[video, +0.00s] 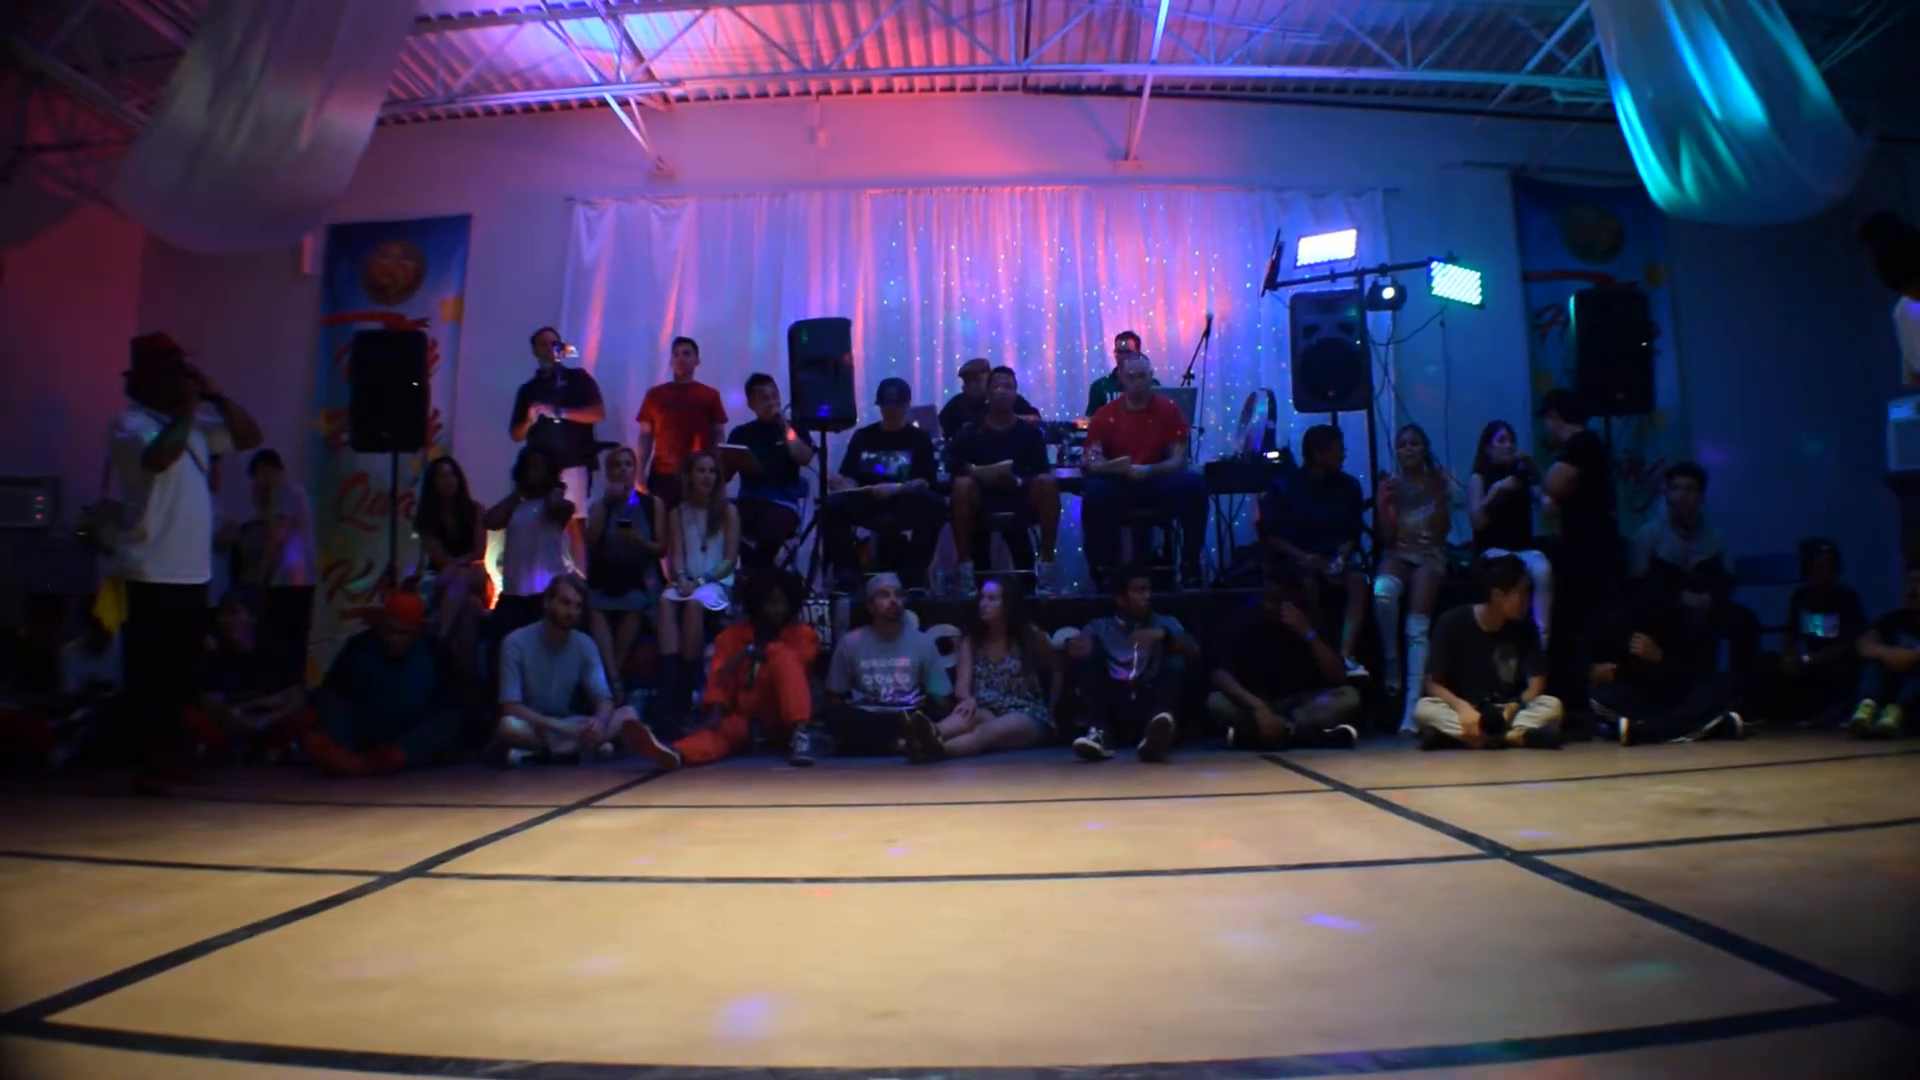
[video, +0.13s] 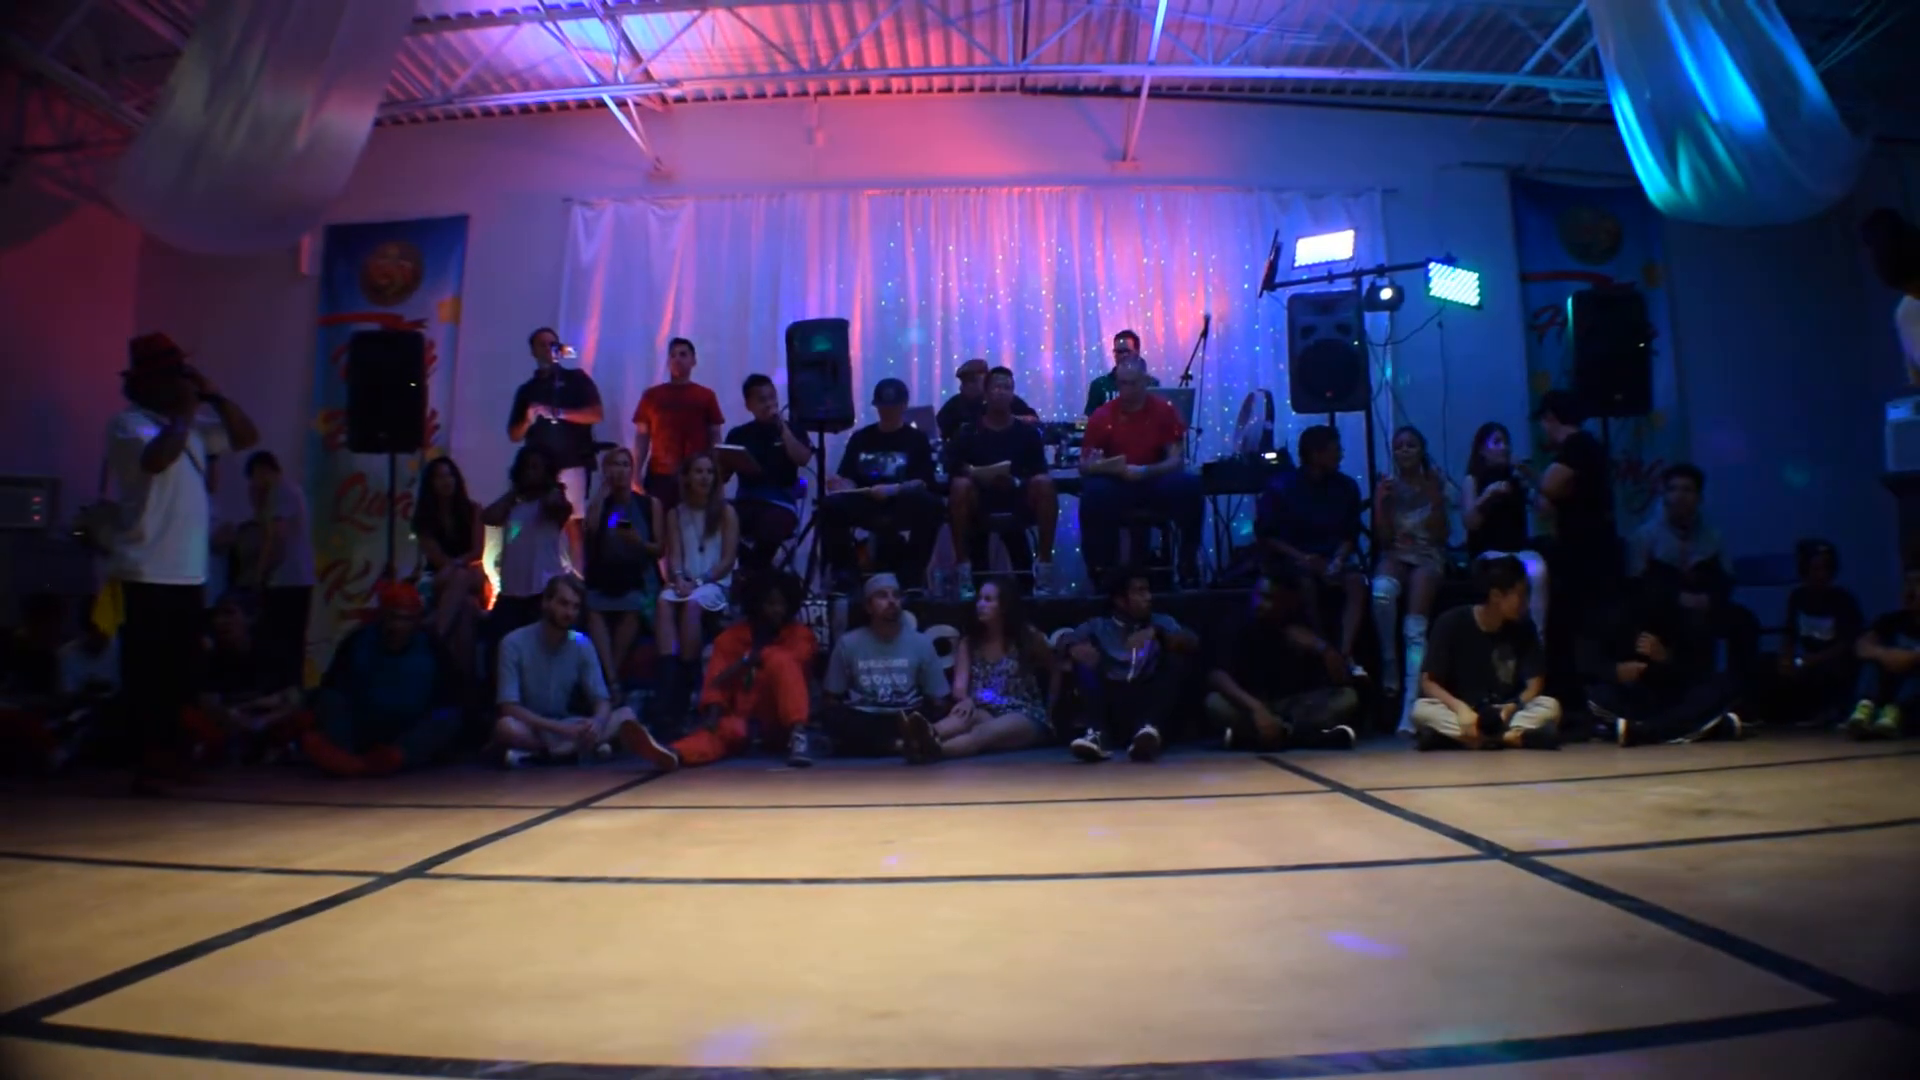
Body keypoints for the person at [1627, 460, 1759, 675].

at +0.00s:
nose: (1681, 496)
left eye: (1689, 490)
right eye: (1676, 489)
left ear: (1700, 496)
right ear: (1667, 493)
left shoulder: (1713, 538)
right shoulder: (1649, 536)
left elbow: (1726, 578)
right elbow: (1642, 582)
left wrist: (1710, 598)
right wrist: (1680, 597)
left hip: (1706, 611)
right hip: (1665, 610)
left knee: (1746, 622)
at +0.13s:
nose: (1679, 497)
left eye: (1687, 490)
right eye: (1673, 490)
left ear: (1698, 497)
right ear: (1665, 494)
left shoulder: (1711, 537)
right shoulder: (1647, 536)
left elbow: (1725, 578)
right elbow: (1640, 583)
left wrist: (1708, 597)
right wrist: (1677, 598)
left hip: (1704, 609)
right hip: (1664, 610)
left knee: (1745, 622)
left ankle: (1742, 691)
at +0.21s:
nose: (1678, 498)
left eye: (1686, 491)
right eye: (1672, 490)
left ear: (1697, 497)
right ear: (1664, 494)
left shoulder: (1709, 536)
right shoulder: (1645, 536)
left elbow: (1723, 578)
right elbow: (1638, 583)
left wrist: (1707, 598)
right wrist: (1676, 598)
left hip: (1703, 609)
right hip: (1663, 609)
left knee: (1744, 623)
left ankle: (1738, 689)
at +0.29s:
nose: (1677, 498)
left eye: (1685, 491)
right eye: (1671, 490)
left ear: (1697, 498)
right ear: (1663, 495)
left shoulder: (1708, 538)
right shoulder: (1645, 537)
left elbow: (1723, 579)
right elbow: (1638, 583)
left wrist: (1707, 598)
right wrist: (1675, 597)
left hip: (1703, 608)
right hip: (1662, 609)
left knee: (1743, 623)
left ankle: (1739, 689)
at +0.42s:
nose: (1677, 498)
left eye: (1685, 491)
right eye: (1671, 490)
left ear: (1696, 498)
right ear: (1662, 495)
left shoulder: (1708, 539)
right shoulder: (1643, 538)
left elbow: (1723, 580)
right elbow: (1637, 584)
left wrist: (1706, 598)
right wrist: (1674, 598)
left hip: (1702, 611)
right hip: (1661, 611)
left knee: (1741, 623)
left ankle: (1740, 694)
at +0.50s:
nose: (1677, 498)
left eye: (1684, 491)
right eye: (1670, 490)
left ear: (1696, 498)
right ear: (1662, 495)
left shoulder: (1707, 539)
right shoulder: (1644, 538)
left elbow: (1722, 580)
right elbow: (1637, 584)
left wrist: (1706, 598)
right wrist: (1674, 598)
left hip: (1702, 609)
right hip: (1661, 611)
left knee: (1741, 622)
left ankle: (1738, 689)